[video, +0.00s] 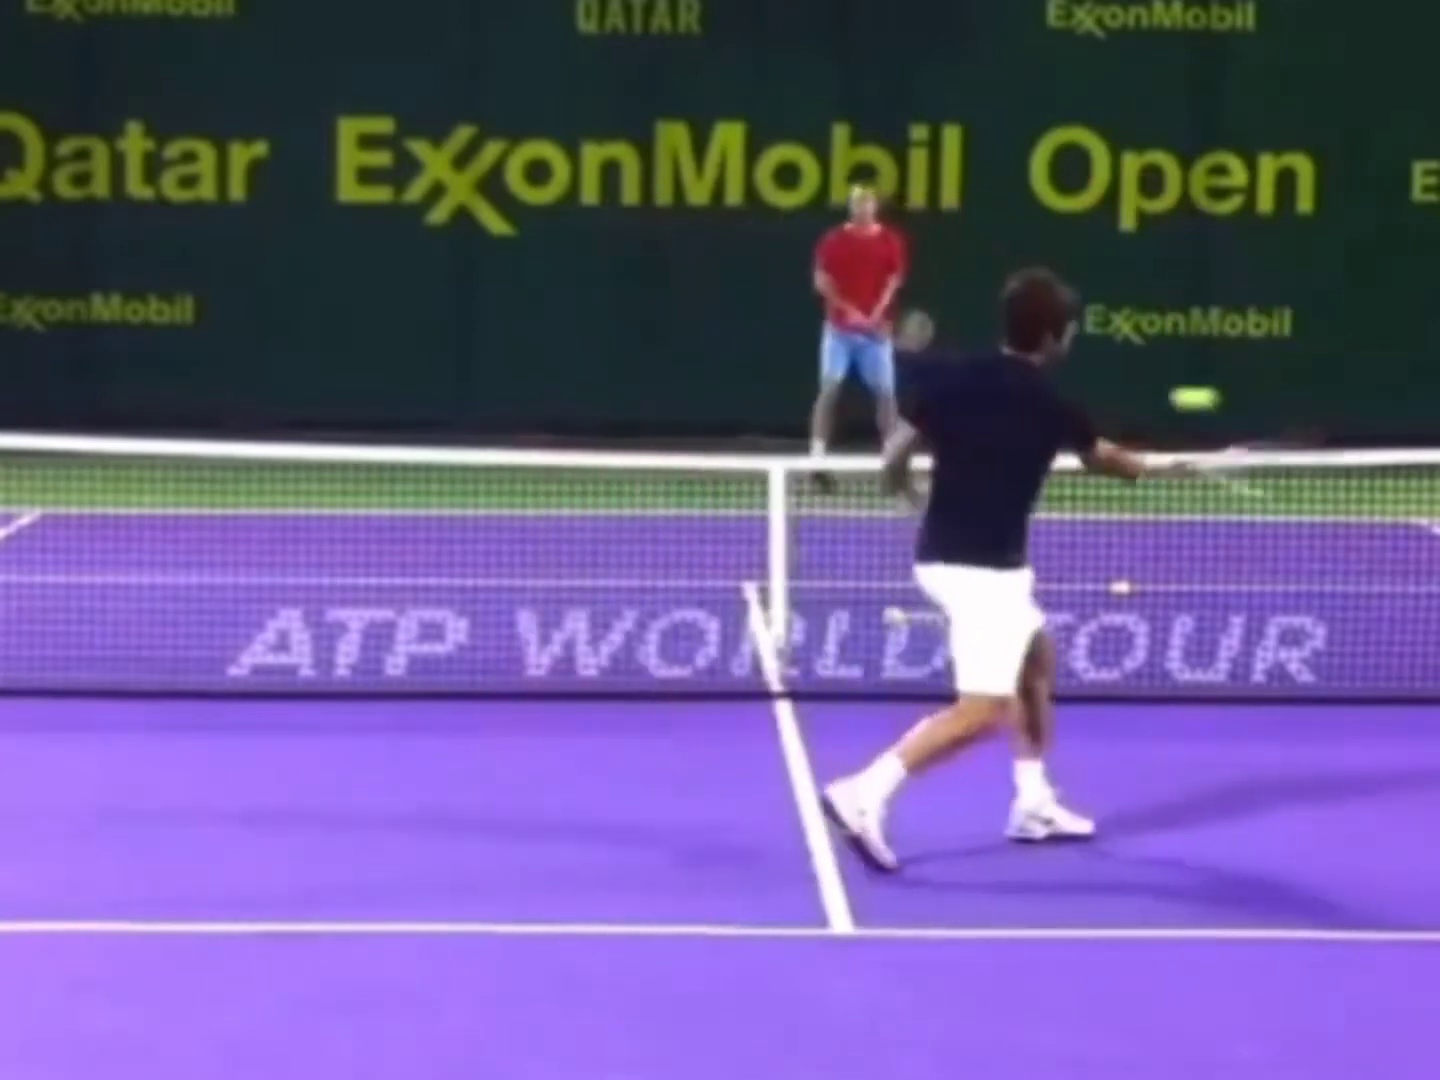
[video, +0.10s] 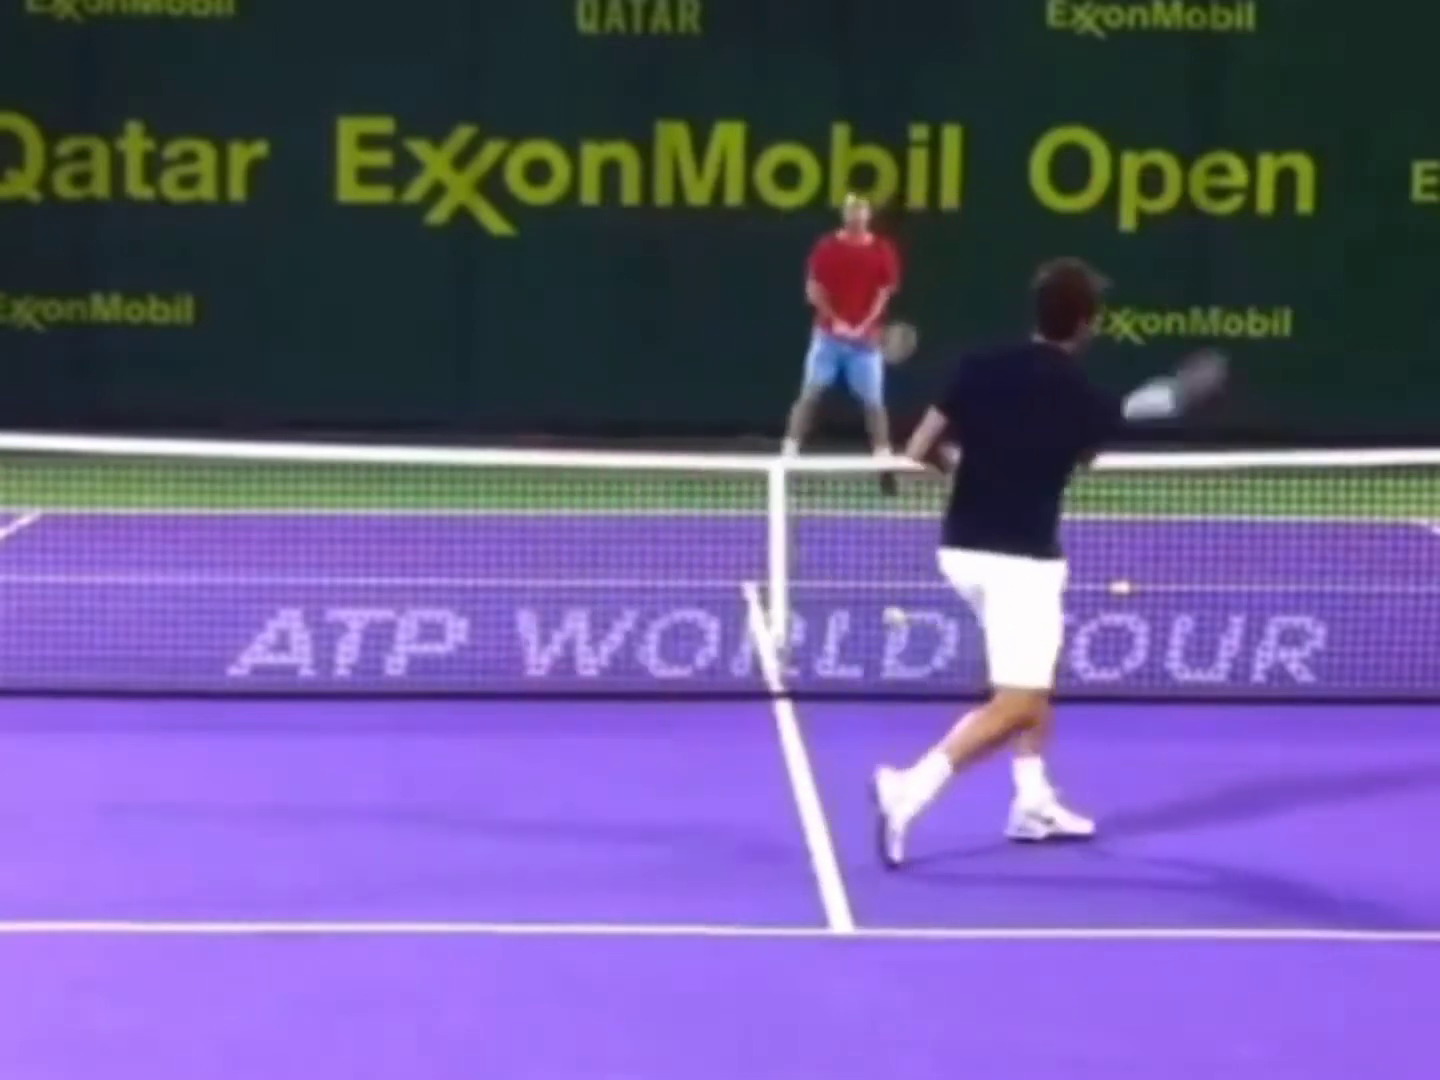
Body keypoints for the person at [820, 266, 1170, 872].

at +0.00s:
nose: (1070, 341)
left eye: (1068, 329)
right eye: (1068, 332)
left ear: (1007, 326)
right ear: (1055, 337)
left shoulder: (961, 378)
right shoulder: (1045, 402)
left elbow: (905, 440)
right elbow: (1107, 459)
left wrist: (892, 473)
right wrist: (1177, 463)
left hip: (938, 560)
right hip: (988, 569)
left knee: (1034, 655)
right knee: (985, 706)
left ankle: (1033, 797)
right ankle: (866, 791)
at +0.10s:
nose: (1095, 325)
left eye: (1093, 315)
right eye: (1094, 317)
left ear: (1034, 315)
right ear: (1085, 323)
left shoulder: (980, 369)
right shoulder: (1083, 395)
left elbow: (919, 450)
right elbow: (1090, 456)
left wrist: (967, 466)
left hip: (962, 551)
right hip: (1024, 561)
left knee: (1030, 677)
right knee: (1021, 699)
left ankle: (1033, 797)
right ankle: (912, 787)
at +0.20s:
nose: (1108, 301)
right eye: (1110, 292)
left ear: (1052, 293)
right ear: (1108, 302)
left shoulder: (1005, 349)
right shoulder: (1106, 371)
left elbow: (941, 431)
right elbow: (1096, 451)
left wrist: (997, 435)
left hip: (985, 529)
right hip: (1051, 539)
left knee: (1029, 665)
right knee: (1067, 679)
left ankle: (1034, 796)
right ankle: (975, 775)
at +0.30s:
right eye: (1107, 277)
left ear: (1060, 279)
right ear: (1114, 285)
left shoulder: (1018, 339)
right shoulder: (1124, 359)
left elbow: (961, 423)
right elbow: (1121, 450)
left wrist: (1003, 428)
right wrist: (1074, 432)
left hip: (1006, 516)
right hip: (1074, 524)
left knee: (1034, 655)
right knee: (1106, 660)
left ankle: (1039, 796)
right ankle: (1041, 763)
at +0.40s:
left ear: (1066, 272)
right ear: (1117, 279)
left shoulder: (1028, 334)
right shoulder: (1136, 351)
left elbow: (977, 420)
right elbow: (1149, 453)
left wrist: (1018, 426)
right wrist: (1100, 442)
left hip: (1027, 515)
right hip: (1097, 520)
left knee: (1040, 648)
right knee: (1140, 652)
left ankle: (1032, 797)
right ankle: (1113, 778)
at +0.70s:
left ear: (1108, 284)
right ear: (1163, 291)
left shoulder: (1073, 343)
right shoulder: (1186, 360)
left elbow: (1038, 426)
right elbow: (1228, 455)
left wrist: (1069, 452)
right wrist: (1192, 503)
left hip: (1066, 528)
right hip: (1145, 532)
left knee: (1041, 662)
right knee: (1182, 676)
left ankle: (1017, 795)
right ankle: (1198, 812)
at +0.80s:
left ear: (1107, 275)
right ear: (1163, 279)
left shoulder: (1071, 337)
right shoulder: (1188, 350)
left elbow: (1035, 420)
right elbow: (1229, 448)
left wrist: (1075, 446)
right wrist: (1191, 491)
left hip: (1070, 519)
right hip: (1151, 523)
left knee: (1028, 655)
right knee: (1182, 667)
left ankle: (982, 802)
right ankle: (1199, 816)